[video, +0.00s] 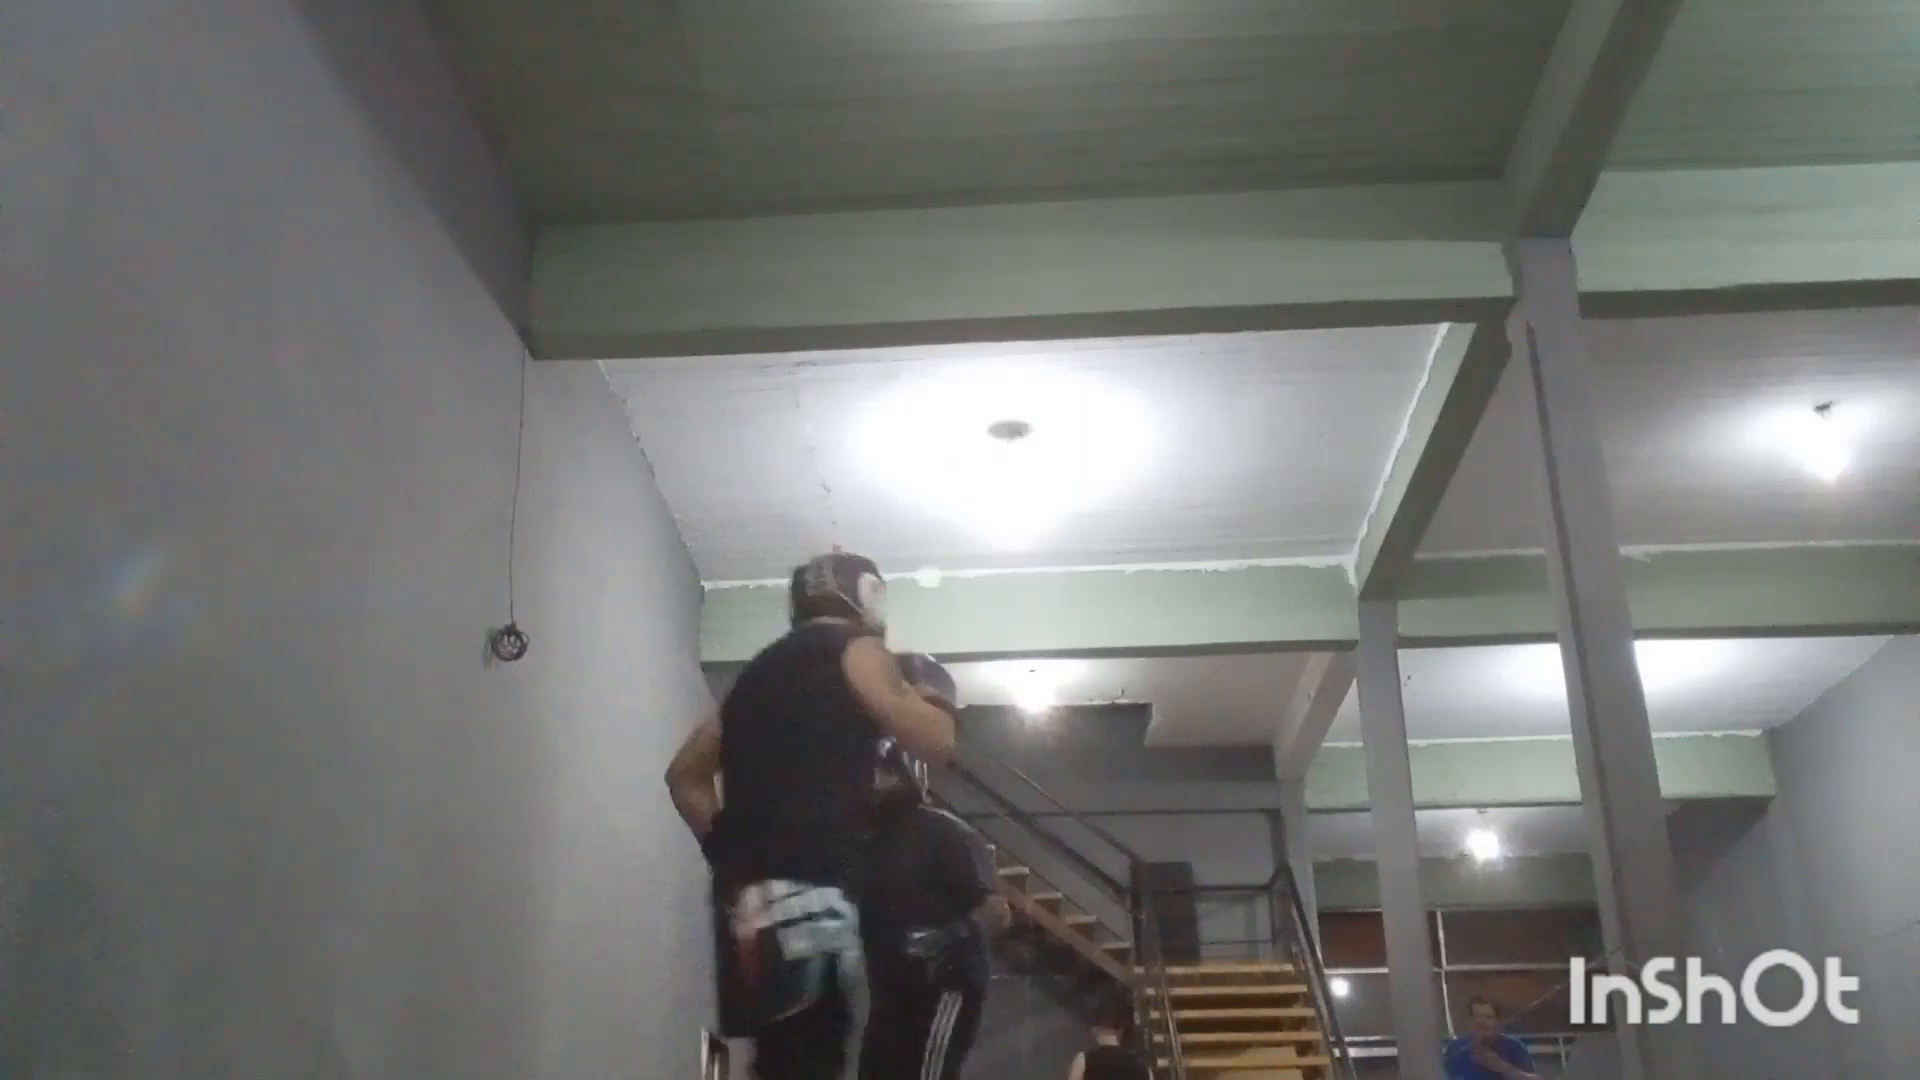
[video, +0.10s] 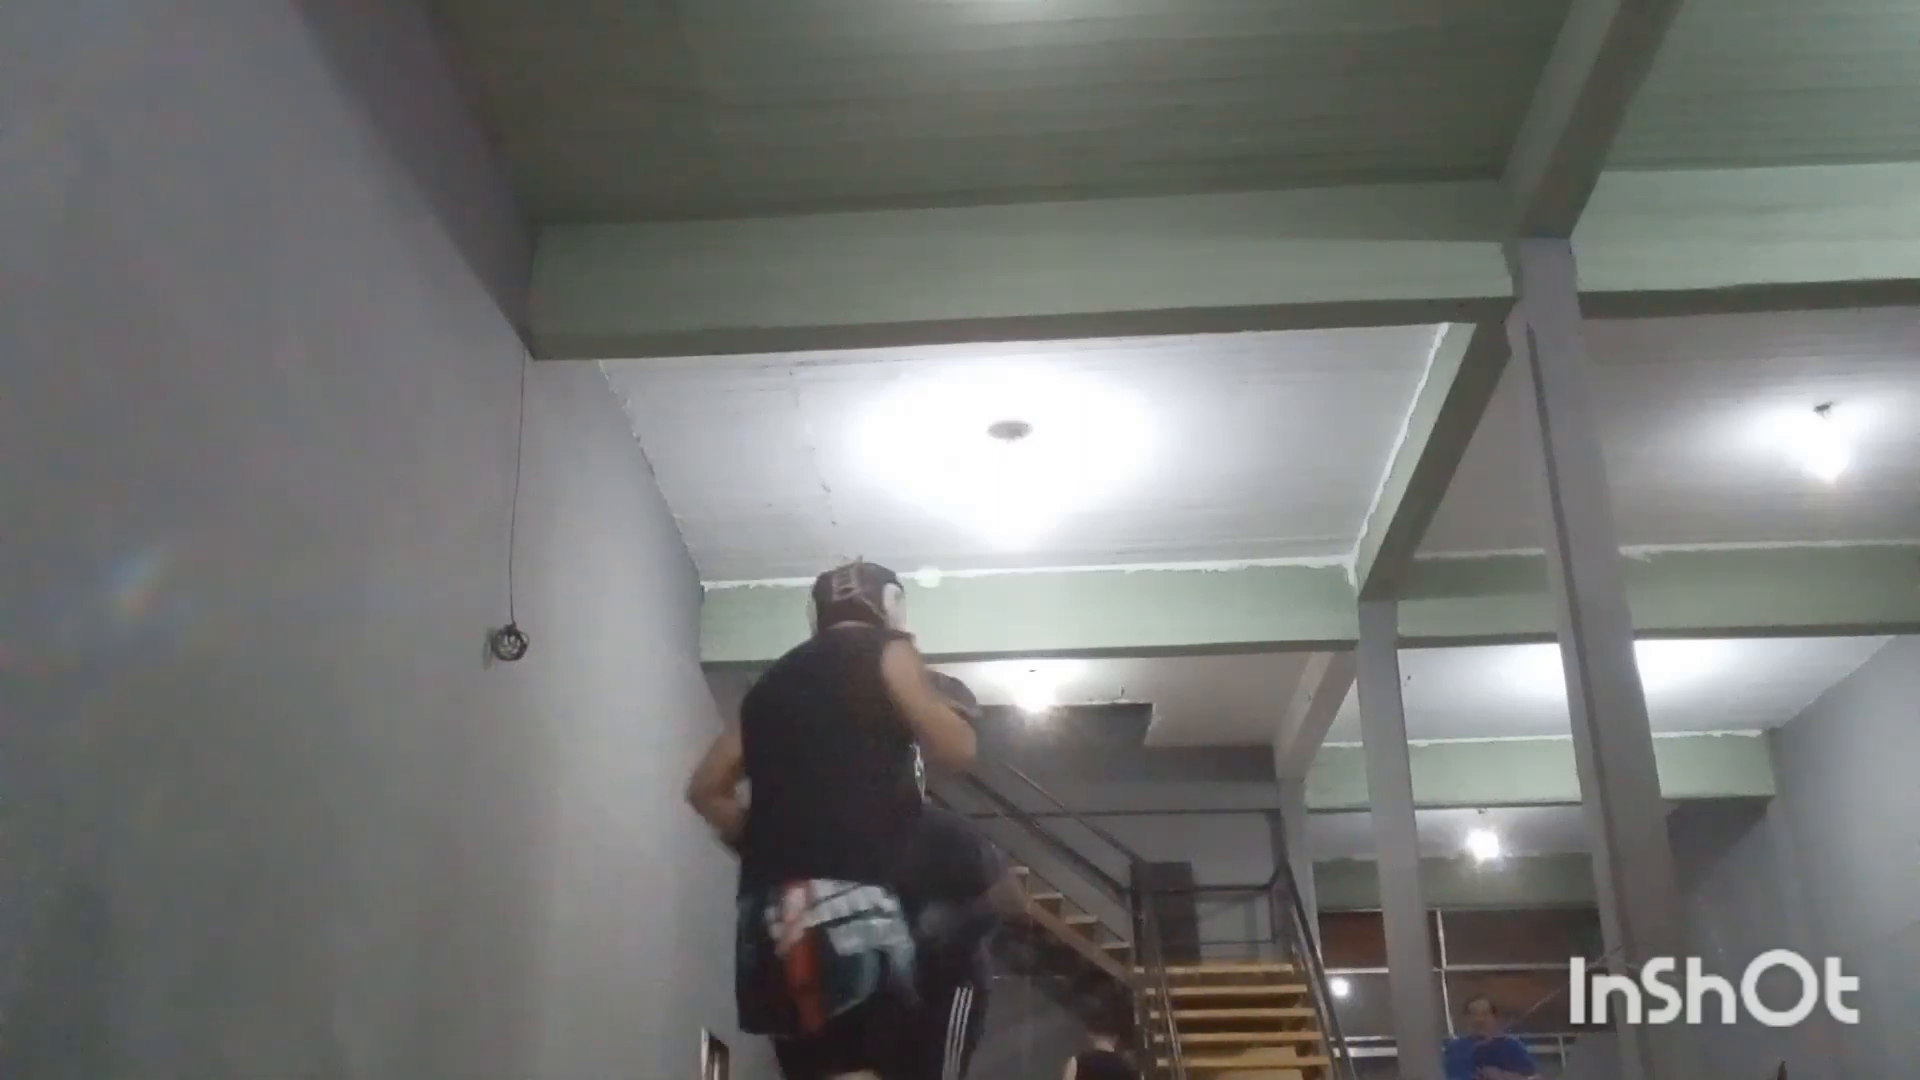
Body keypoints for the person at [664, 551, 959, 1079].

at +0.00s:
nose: (883, 610)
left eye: (881, 596)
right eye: (877, 596)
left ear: (803, 603)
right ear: (858, 597)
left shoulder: (757, 673)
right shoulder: (857, 650)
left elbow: (686, 775)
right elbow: (939, 741)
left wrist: (729, 855)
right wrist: (928, 691)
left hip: (743, 881)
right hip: (810, 880)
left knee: (776, 1052)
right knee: (813, 1055)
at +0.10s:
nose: (900, 619)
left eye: (898, 610)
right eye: (896, 610)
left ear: (819, 616)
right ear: (883, 608)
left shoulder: (770, 683)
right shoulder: (888, 652)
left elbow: (706, 787)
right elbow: (958, 750)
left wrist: (757, 843)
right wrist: (943, 706)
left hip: (772, 893)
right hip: (864, 886)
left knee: (804, 1060)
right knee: (872, 1055)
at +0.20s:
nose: (921, 616)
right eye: (918, 609)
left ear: (838, 619)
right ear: (906, 609)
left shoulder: (791, 676)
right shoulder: (921, 651)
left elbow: (744, 789)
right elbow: (981, 753)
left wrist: (814, 806)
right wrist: (963, 699)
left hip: (790, 895)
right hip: (888, 885)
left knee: (822, 1058)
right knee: (930, 1047)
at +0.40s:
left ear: (895, 618)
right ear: (962, 616)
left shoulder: (843, 679)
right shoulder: (990, 660)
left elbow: (820, 796)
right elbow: (1034, 760)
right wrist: (1025, 706)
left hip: (856, 902)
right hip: (960, 899)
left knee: (867, 1060)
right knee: (974, 1058)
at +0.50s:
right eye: (995, 611)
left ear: (924, 621)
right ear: (991, 619)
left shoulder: (879, 679)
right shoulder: (1023, 667)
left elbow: (875, 778)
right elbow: (1049, 768)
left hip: (890, 905)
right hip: (995, 902)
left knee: (900, 1061)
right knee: (1010, 1061)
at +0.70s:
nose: (1036, 626)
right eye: (1034, 619)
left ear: (963, 625)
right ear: (1030, 623)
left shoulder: (917, 685)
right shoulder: (1068, 670)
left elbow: (914, 781)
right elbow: (1092, 763)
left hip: (937, 907)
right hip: (1043, 902)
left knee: (942, 1068)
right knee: (1075, 1067)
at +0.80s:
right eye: (1052, 621)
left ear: (977, 627)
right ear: (1045, 623)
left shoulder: (931, 686)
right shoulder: (1082, 670)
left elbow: (898, 781)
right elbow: (1112, 761)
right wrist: (1049, 740)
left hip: (957, 904)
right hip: (1063, 900)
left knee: (989, 1067)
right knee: (1080, 1063)